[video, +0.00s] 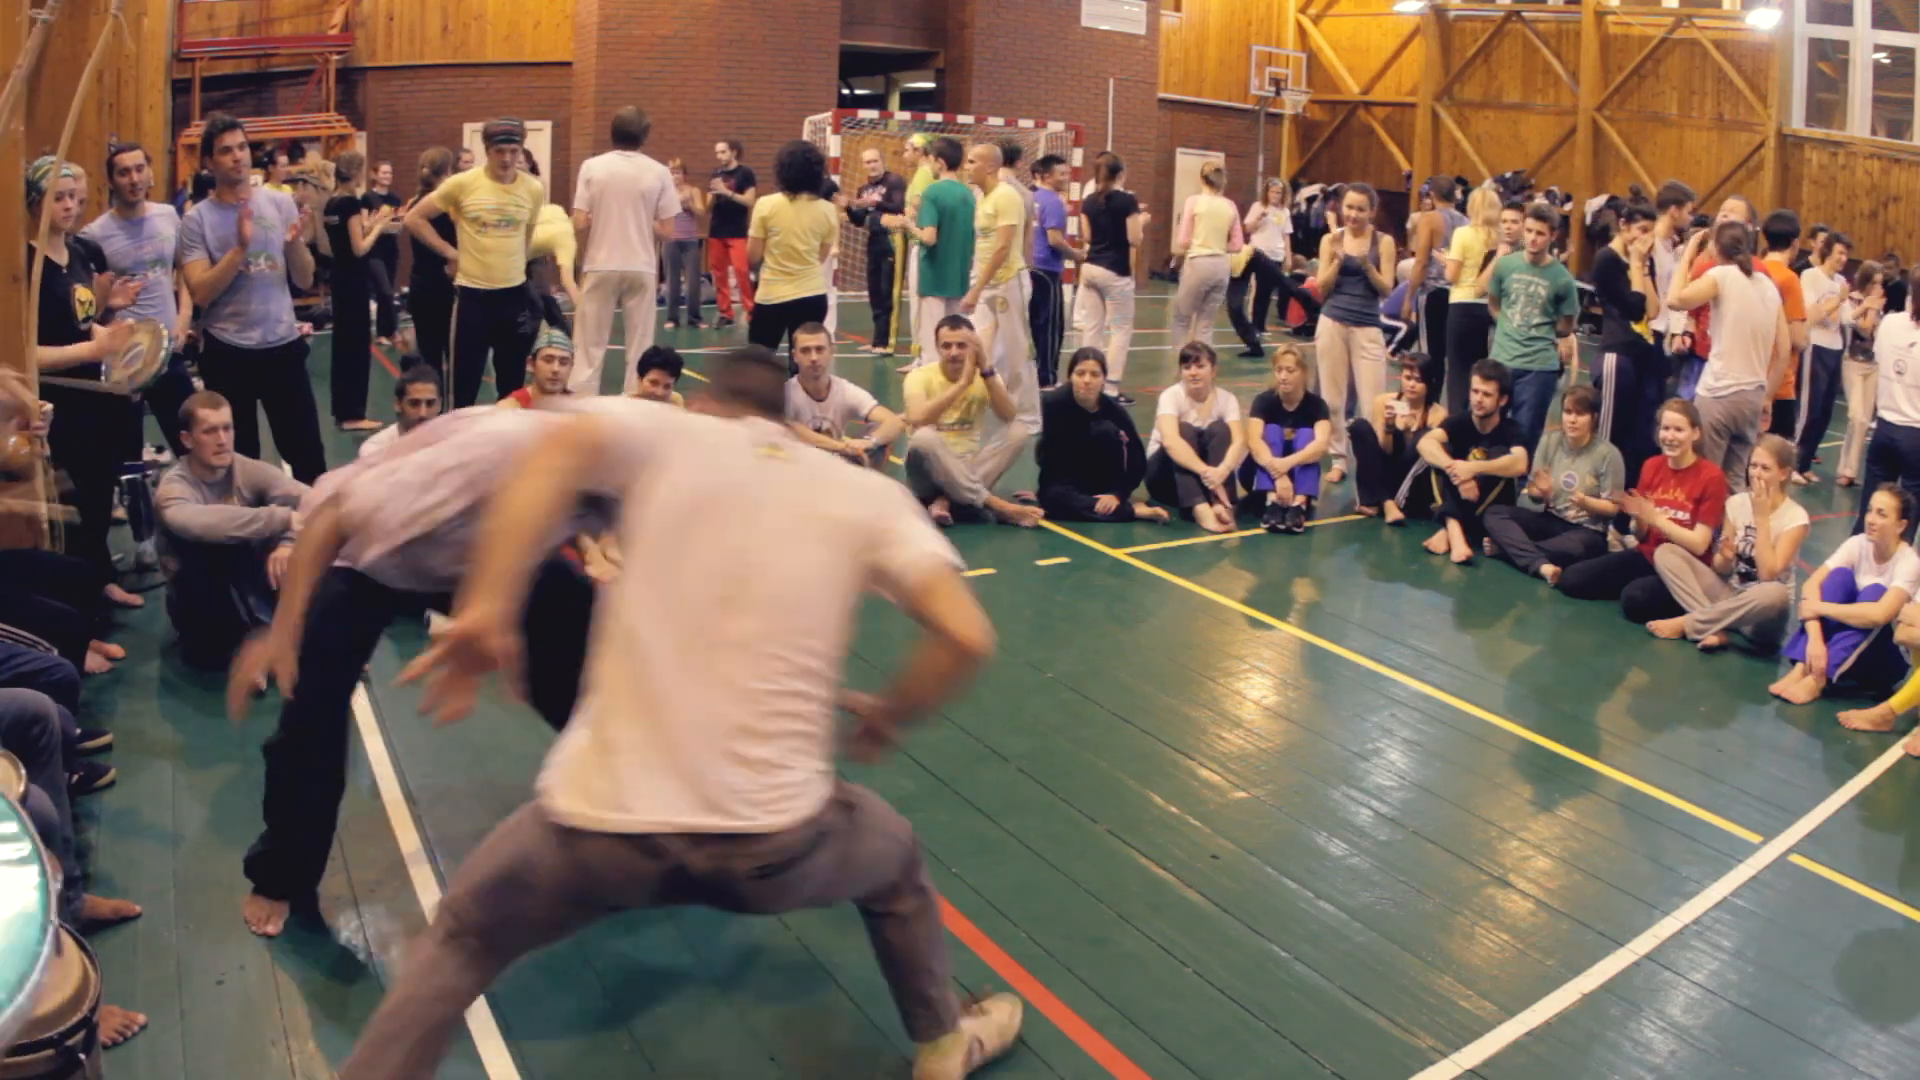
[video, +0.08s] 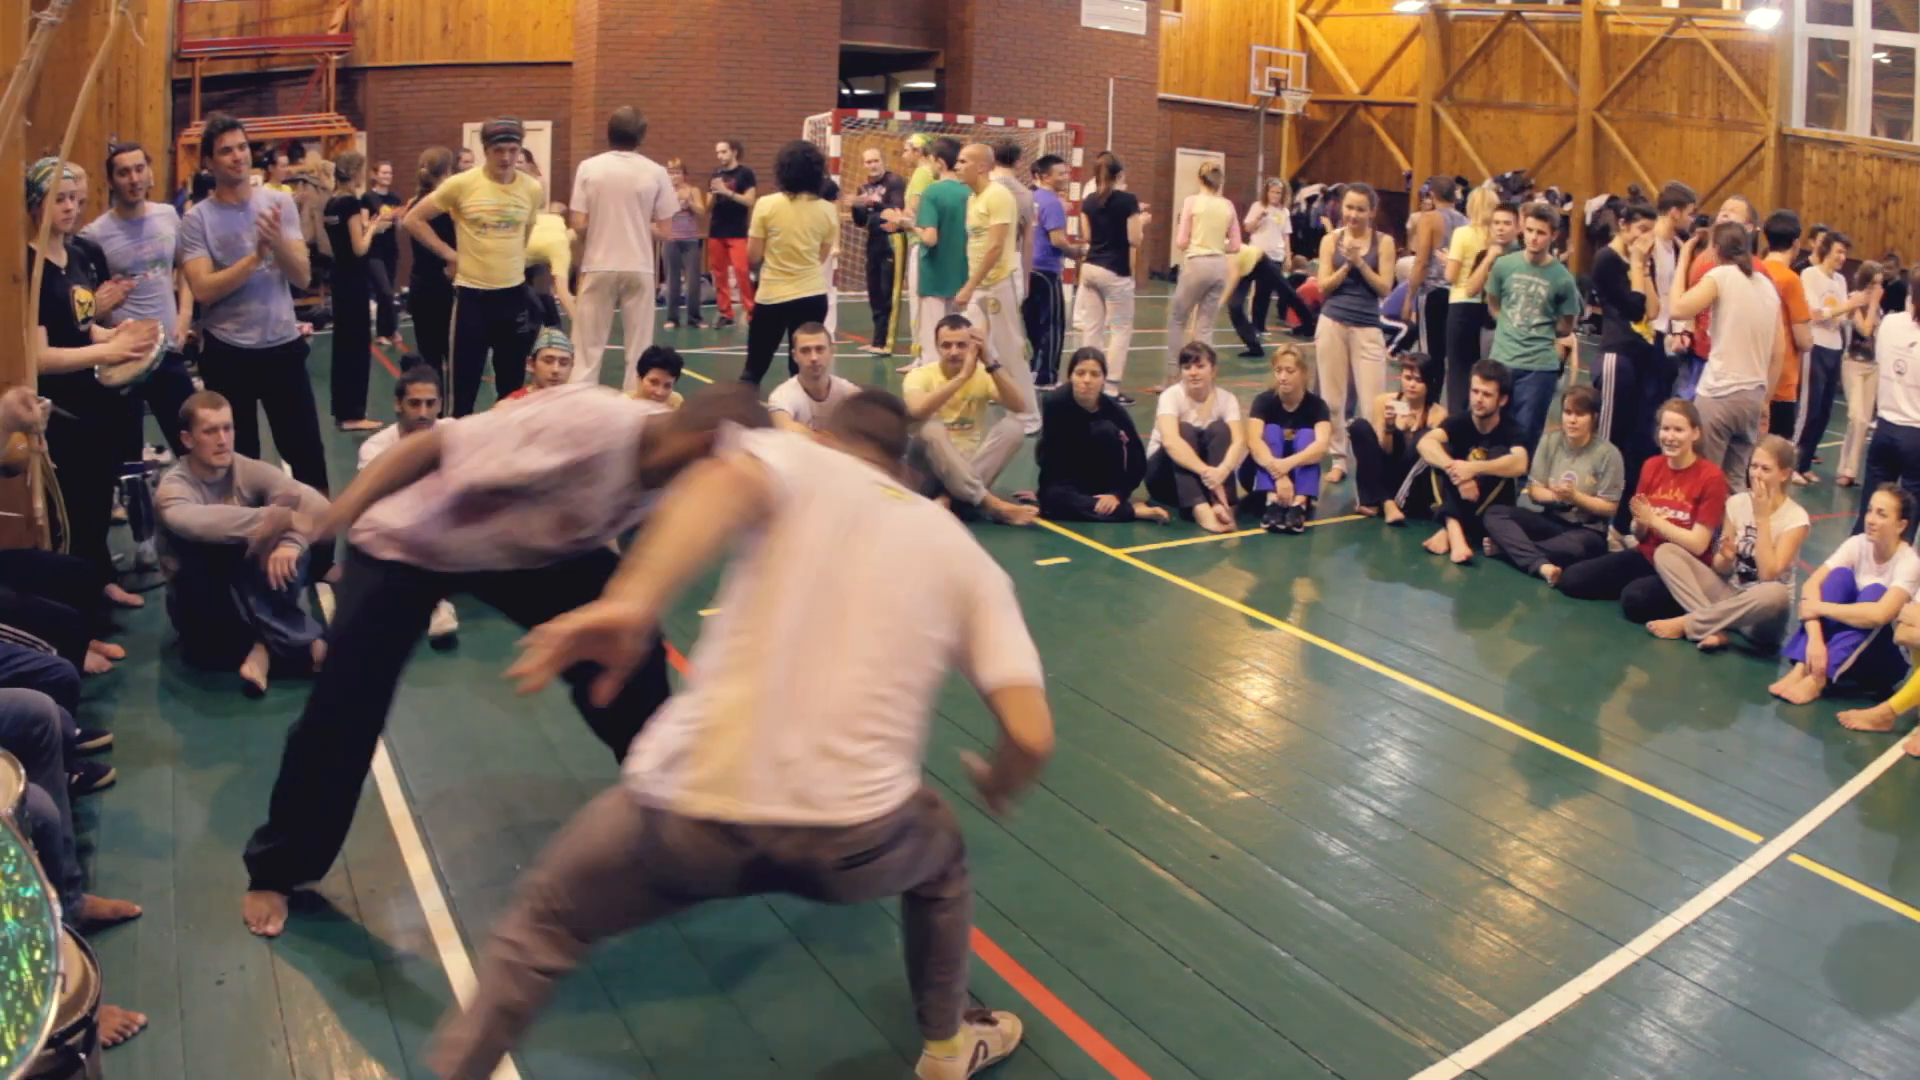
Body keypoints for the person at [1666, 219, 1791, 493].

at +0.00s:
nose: (1711, 249)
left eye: (1711, 245)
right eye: (1712, 244)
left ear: (1716, 248)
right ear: (1746, 247)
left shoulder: (1721, 276)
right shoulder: (1768, 285)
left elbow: (1676, 299)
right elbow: (1784, 348)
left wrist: (1688, 255)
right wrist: (1767, 396)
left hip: (1718, 392)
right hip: (1755, 392)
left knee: (1705, 477)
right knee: (1738, 478)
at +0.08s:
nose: (1709, 252)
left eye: (1710, 248)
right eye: (1711, 248)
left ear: (1716, 250)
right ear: (1746, 249)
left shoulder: (1719, 277)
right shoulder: (1768, 286)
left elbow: (1678, 308)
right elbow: (1779, 351)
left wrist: (1684, 258)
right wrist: (1766, 398)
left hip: (1718, 392)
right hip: (1755, 393)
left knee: (1705, 477)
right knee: (1737, 479)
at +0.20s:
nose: (1706, 252)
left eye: (1708, 246)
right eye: (1707, 246)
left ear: (1714, 249)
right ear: (1743, 248)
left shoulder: (1717, 279)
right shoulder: (1764, 283)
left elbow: (1691, 330)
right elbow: (1772, 343)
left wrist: (1679, 297)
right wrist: (1761, 383)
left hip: (1719, 391)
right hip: (1755, 391)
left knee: (1706, 476)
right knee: (1738, 476)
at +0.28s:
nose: (1705, 252)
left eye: (1707, 246)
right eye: (1707, 246)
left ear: (1714, 250)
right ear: (1743, 248)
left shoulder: (1714, 279)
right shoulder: (1764, 284)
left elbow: (1701, 337)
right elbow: (1773, 344)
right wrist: (1758, 377)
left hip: (1718, 390)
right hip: (1755, 391)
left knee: (1706, 476)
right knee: (1738, 476)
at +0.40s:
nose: (1705, 250)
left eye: (1706, 245)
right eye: (1706, 245)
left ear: (1712, 249)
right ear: (1743, 249)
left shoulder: (1709, 280)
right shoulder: (1763, 283)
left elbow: (1704, 343)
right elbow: (1775, 345)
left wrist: (1691, 382)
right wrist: (1756, 372)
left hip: (1715, 390)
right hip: (1754, 388)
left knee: (1705, 476)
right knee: (1738, 476)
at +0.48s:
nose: (1704, 248)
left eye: (1705, 243)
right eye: (1705, 243)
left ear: (1710, 248)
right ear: (1742, 249)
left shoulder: (1707, 278)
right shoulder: (1761, 283)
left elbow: (1703, 341)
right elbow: (1777, 344)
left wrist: (1688, 381)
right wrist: (1754, 368)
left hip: (1715, 390)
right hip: (1753, 388)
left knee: (1705, 476)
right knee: (1738, 476)